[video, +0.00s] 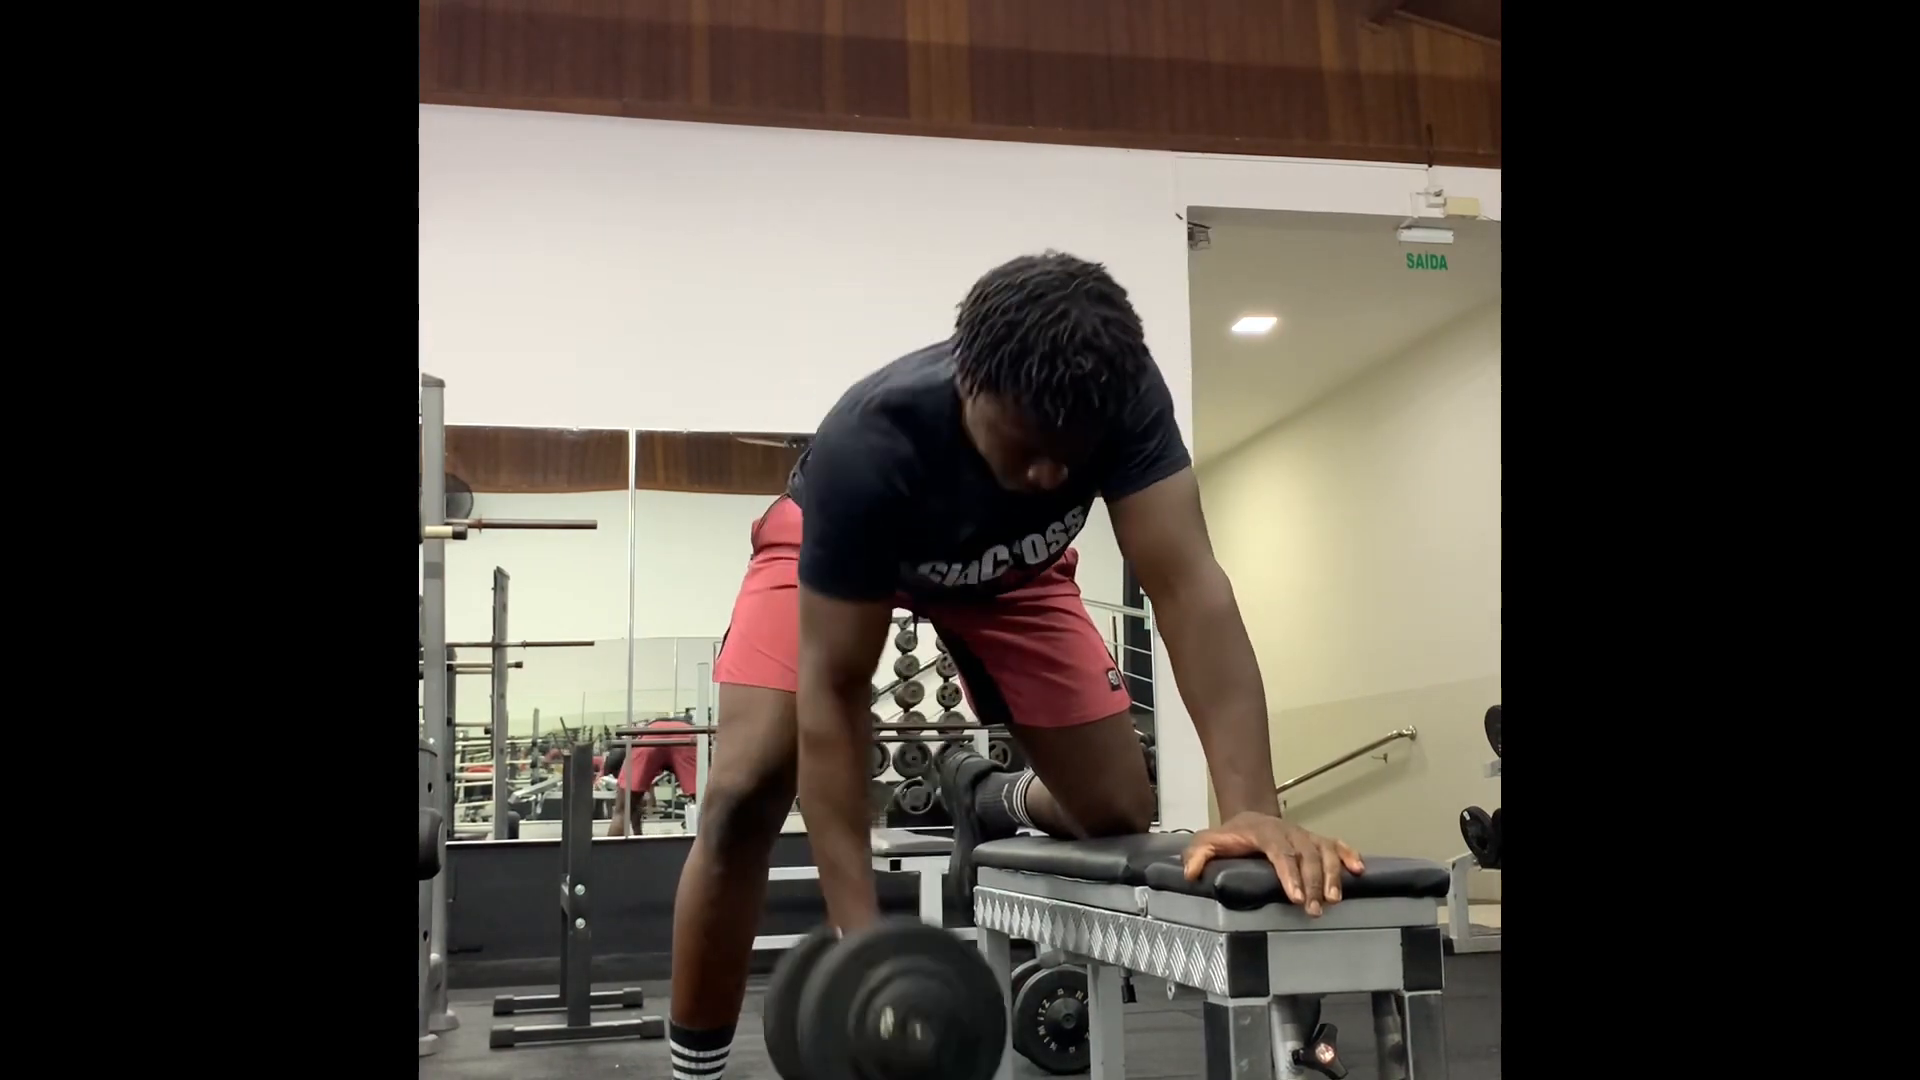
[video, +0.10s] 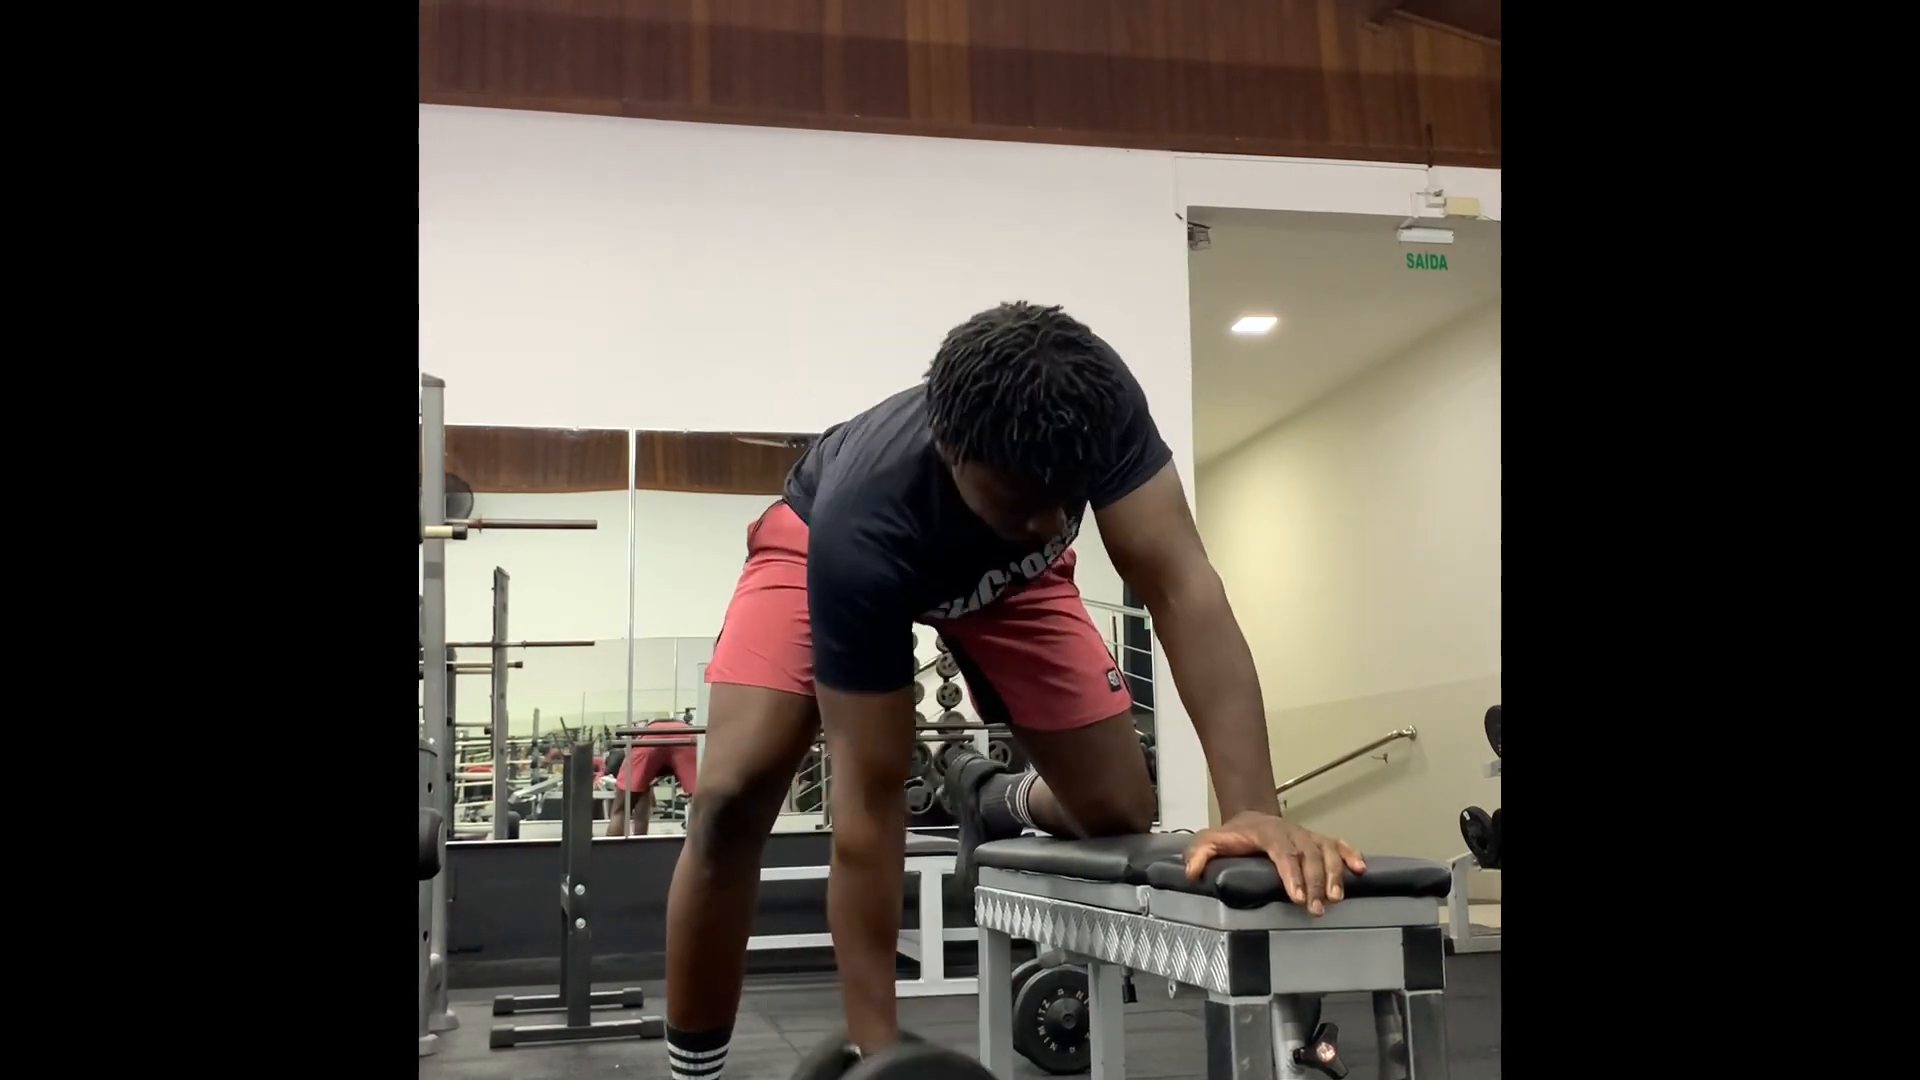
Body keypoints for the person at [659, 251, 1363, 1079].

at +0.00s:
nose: (1050, 474)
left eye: (1073, 451)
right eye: (1022, 448)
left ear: (1110, 405)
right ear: (969, 387)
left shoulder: (1123, 398)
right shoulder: (870, 453)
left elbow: (1187, 582)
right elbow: (833, 695)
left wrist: (1253, 804)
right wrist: (865, 953)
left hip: (1018, 567)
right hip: (839, 558)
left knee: (1120, 814)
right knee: (743, 794)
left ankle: (988, 796)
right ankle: (695, 1071)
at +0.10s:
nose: (1048, 526)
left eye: (1065, 498)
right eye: (1013, 503)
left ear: (1088, 449)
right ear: (953, 457)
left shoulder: (1096, 404)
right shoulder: (867, 528)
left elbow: (1182, 588)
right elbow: (872, 802)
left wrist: (1252, 807)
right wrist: (876, 1053)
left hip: (1012, 557)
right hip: (833, 541)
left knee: (1121, 812)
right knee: (730, 797)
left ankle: (993, 801)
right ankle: (693, 1075)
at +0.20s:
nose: (1046, 538)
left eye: (1061, 511)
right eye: (1013, 518)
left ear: (1082, 466)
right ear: (951, 474)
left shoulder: (1092, 406)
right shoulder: (864, 538)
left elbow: (1184, 592)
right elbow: (872, 812)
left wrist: (1250, 810)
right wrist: (874, 1056)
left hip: (1005, 551)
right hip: (829, 537)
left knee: (1119, 814)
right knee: (730, 799)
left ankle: (988, 790)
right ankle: (692, 1074)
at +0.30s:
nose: (1025, 447)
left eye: (1052, 427)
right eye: (1003, 419)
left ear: (1098, 390)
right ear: (967, 358)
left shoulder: (1131, 390)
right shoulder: (873, 427)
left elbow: (1194, 583)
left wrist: (1253, 805)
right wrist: (865, 946)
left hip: (1017, 563)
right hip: (840, 552)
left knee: (1120, 810)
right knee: (741, 791)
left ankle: (989, 794)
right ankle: (694, 1074)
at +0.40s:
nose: (1035, 332)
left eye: (1075, 325)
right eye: (1032, 292)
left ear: (1141, 321)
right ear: (1027, 242)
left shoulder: (1166, 383)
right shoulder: (926, 282)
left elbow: (1204, 578)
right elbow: (798, 446)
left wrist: (1252, 804)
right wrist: (819, 641)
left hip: (1007, 572)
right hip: (842, 538)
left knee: (1120, 816)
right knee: (740, 794)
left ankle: (986, 800)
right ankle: (694, 1073)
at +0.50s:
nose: (1039, 297)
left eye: (1077, 300)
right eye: (1042, 261)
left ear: (1146, 309)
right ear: (1047, 214)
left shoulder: (1176, 386)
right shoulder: (969, 222)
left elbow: (1207, 579)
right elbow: (817, 285)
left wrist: (1253, 803)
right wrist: (815, 420)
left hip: (995, 561)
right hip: (849, 511)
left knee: (1117, 811)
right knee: (741, 794)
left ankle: (978, 800)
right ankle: (692, 1071)